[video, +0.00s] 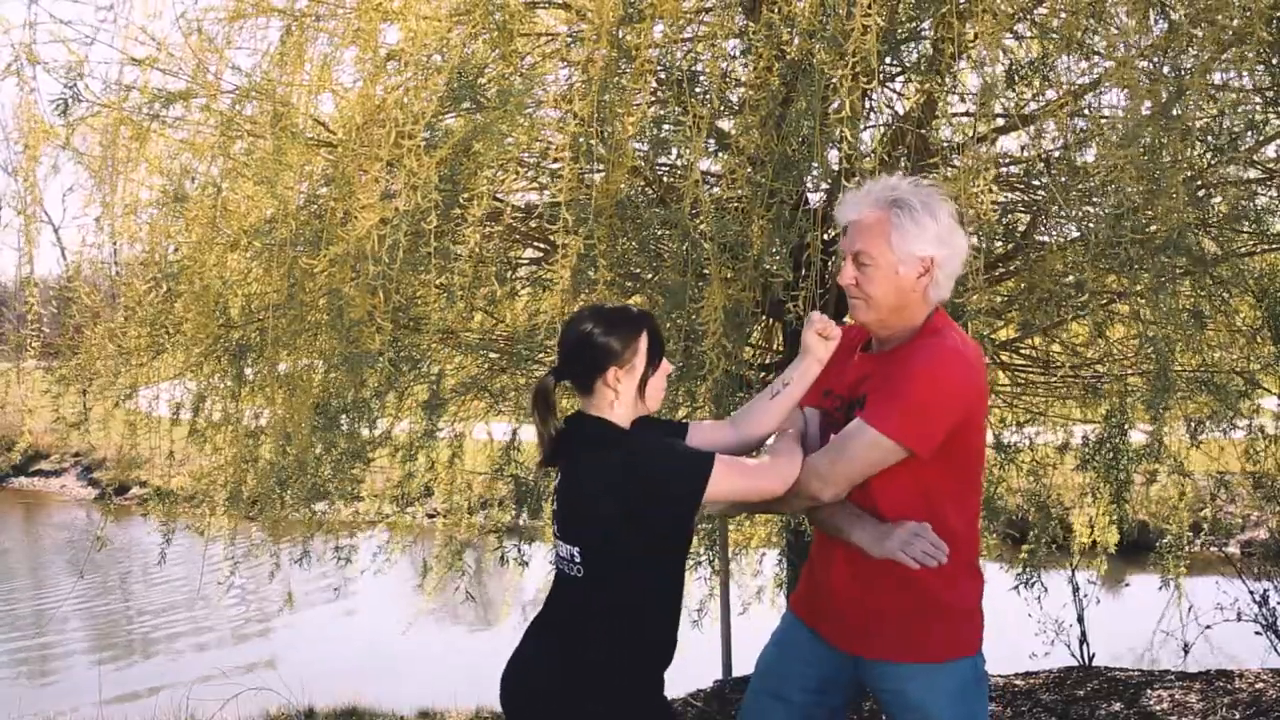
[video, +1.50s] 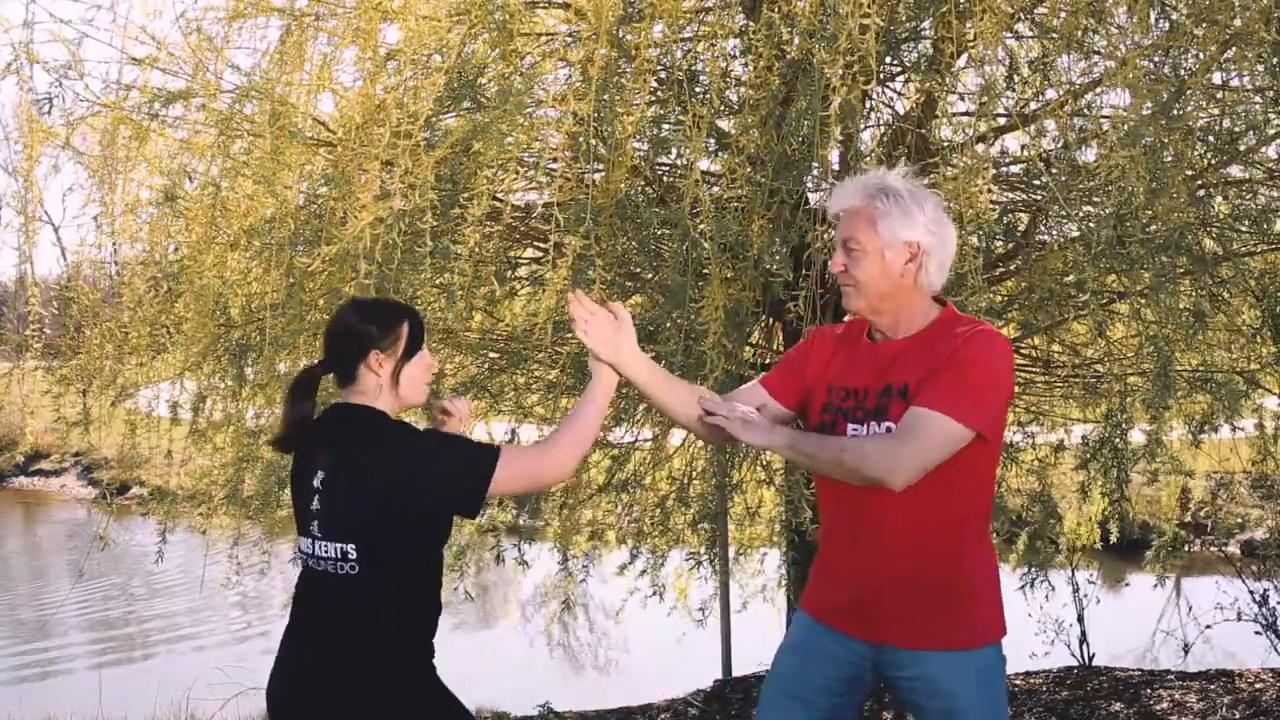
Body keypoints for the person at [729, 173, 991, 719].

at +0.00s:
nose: (843, 278)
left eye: (862, 263)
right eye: (844, 260)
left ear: (923, 270)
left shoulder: (947, 363)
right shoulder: (841, 343)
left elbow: (818, 480)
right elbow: (783, 465)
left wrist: (745, 487)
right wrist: (868, 531)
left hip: (925, 642)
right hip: (818, 623)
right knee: (762, 710)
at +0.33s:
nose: (834, 278)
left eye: (851, 262)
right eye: (833, 261)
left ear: (911, 265)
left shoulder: (952, 355)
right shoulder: (830, 349)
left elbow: (854, 493)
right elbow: (786, 464)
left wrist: (772, 550)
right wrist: (849, 517)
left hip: (936, 646)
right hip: (825, 630)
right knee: (773, 710)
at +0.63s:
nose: (824, 283)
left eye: (838, 267)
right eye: (824, 265)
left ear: (898, 268)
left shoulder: (978, 353)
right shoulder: (829, 353)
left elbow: (940, 493)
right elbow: (784, 461)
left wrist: (804, 527)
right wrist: (741, 445)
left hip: (960, 638)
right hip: (842, 625)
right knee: (789, 712)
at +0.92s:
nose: (768, 283)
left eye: (782, 266)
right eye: (767, 266)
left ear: (841, 262)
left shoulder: (925, 343)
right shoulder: (775, 361)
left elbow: (877, 483)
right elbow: (698, 474)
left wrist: (754, 462)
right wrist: (622, 401)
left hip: (930, 631)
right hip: (809, 625)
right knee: (757, 711)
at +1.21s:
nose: (786, 270)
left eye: (800, 254)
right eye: (788, 254)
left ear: (858, 254)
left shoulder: (939, 346)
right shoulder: (793, 356)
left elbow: (871, 473)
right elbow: (707, 451)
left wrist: (752, 454)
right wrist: (634, 369)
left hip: (931, 637)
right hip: (810, 626)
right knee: (755, 711)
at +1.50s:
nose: (836, 265)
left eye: (851, 248)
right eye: (836, 249)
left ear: (910, 255)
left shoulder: (978, 351)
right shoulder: (825, 350)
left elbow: (894, 464)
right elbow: (719, 419)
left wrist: (778, 436)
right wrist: (628, 358)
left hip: (947, 638)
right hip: (827, 625)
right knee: (779, 712)